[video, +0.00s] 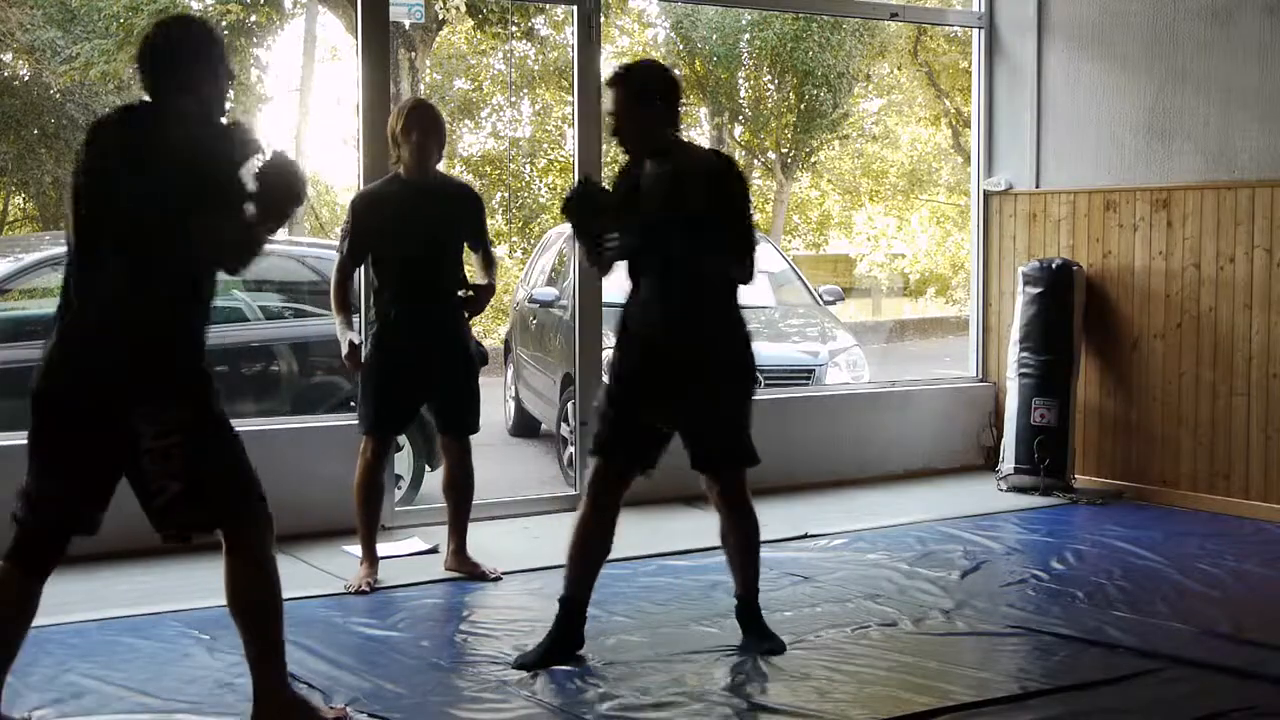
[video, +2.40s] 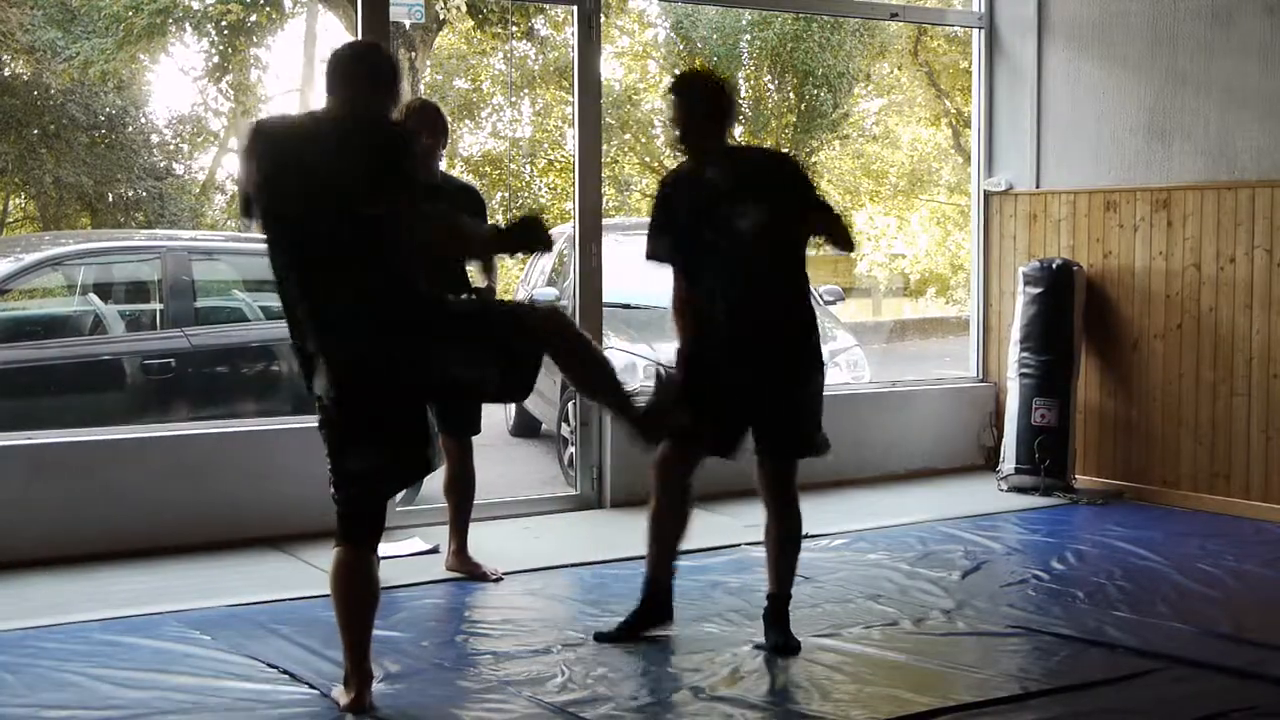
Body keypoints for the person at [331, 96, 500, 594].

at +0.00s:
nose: (429, 140)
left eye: (434, 131)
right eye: (420, 131)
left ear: (443, 136)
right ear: (399, 137)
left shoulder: (462, 197)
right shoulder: (370, 201)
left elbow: (484, 254)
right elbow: (343, 274)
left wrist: (489, 288)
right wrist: (346, 333)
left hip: (448, 335)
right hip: (389, 338)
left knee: (456, 445)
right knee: (375, 446)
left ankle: (457, 552)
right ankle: (367, 560)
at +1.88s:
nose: (428, 145)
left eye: (434, 134)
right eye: (419, 135)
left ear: (444, 138)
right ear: (401, 141)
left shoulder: (465, 197)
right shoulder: (374, 202)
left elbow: (484, 258)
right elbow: (359, 275)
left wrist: (488, 292)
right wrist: (360, 329)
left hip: (450, 334)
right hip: (393, 336)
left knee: (457, 446)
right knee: (377, 455)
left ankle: (457, 551)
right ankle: (369, 562)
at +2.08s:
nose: (429, 142)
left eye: (436, 132)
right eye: (420, 132)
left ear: (446, 138)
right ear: (400, 136)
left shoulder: (462, 196)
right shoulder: (379, 189)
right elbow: (361, 258)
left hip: (452, 329)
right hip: (391, 326)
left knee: (456, 443)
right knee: (381, 435)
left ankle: (457, 550)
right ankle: (363, 548)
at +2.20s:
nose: (427, 143)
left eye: (435, 134)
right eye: (418, 133)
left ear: (447, 140)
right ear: (398, 137)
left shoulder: (464, 198)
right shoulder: (376, 189)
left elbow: (487, 264)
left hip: (450, 331)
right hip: (391, 328)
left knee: (456, 446)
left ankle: (457, 549)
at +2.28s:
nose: (428, 144)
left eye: (435, 133)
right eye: (418, 133)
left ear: (447, 139)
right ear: (398, 136)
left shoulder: (464, 198)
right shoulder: (376, 186)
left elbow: (483, 268)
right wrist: (482, 267)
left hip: (451, 331)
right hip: (393, 326)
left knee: (456, 446)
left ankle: (457, 549)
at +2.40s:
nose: (429, 144)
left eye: (434, 134)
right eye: (422, 134)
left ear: (444, 138)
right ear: (406, 134)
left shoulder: (463, 195)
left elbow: (485, 264)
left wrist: (489, 298)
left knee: (457, 444)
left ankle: (458, 549)